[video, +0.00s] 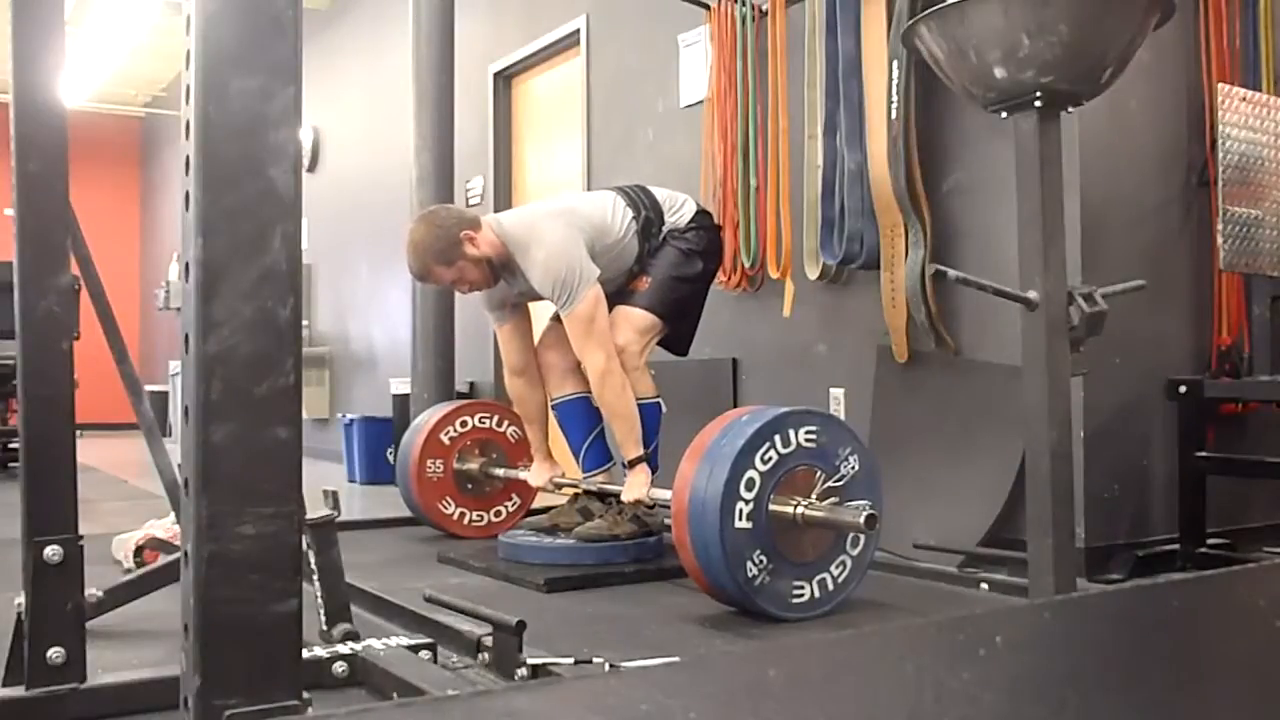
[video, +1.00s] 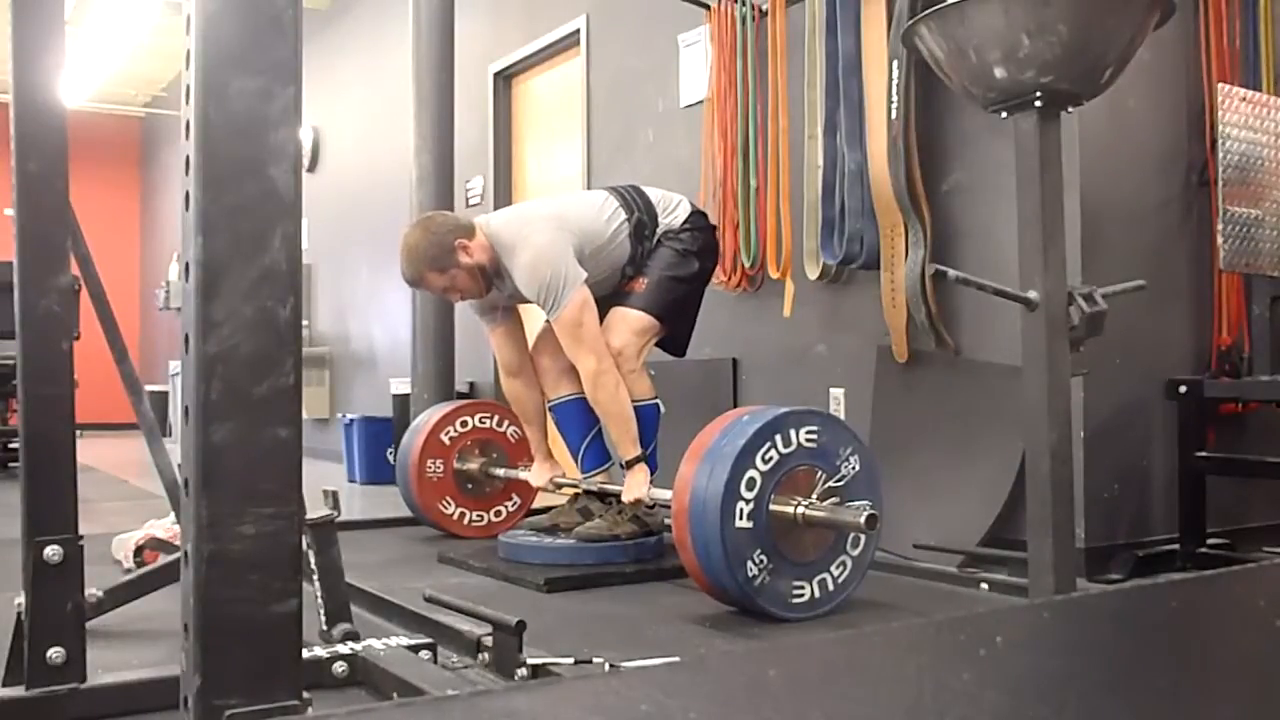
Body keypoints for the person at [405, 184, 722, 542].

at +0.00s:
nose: (463, 292)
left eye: (459, 280)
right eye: (453, 289)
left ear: (472, 240)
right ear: (472, 240)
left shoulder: (550, 250)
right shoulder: (495, 280)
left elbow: (603, 361)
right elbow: (519, 372)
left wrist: (637, 466)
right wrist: (540, 457)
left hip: (682, 231)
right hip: (621, 253)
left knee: (623, 345)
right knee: (552, 352)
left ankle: (640, 494)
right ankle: (601, 489)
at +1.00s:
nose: (454, 300)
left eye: (449, 287)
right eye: (443, 295)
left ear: (465, 251)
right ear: (465, 251)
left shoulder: (535, 250)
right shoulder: (483, 284)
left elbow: (597, 362)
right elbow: (514, 372)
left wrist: (635, 464)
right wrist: (541, 458)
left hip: (677, 232)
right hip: (617, 254)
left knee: (619, 348)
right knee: (548, 356)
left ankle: (639, 496)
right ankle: (600, 491)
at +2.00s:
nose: (441, 280)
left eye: (441, 265)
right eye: (431, 273)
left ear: (464, 232)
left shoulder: (540, 262)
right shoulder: (476, 290)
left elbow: (610, 367)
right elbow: (509, 379)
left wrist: (635, 470)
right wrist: (539, 458)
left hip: (668, 297)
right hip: (605, 310)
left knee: (571, 374)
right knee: (511, 382)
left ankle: (629, 494)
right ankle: (591, 490)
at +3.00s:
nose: (477, 210)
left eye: (483, 195)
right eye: (472, 199)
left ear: (521, 179)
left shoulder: (585, 237)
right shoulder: (517, 264)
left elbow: (622, 350)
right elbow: (530, 358)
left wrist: (636, 461)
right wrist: (538, 452)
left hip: (702, 292)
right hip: (636, 306)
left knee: (605, 357)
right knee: (541, 364)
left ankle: (630, 500)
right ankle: (597, 492)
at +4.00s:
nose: (499, 181)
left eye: (511, 168)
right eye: (497, 170)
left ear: (549, 172)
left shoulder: (598, 233)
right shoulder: (531, 256)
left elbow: (630, 351)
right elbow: (539, 358)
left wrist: (637, 460)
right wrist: (542, 450)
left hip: (714, 301)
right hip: (646, 311)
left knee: (612, 353)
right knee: (548, 362)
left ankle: (634, 502)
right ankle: (600, 492)